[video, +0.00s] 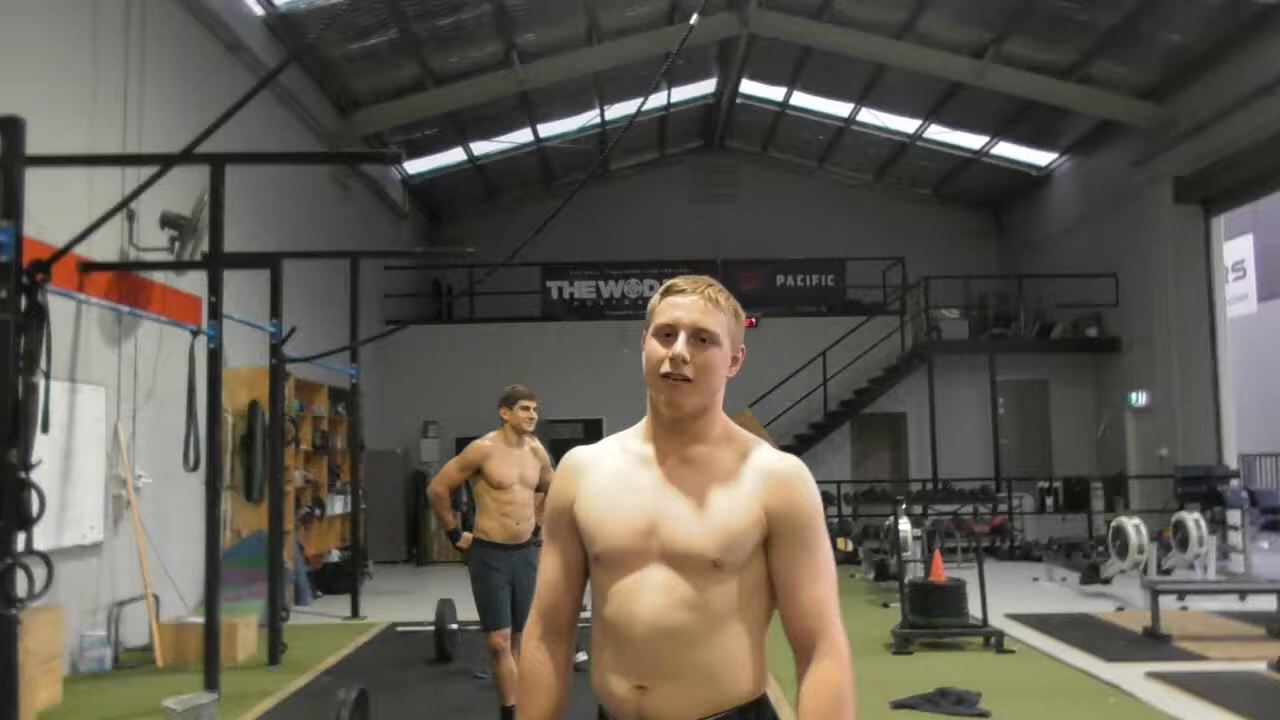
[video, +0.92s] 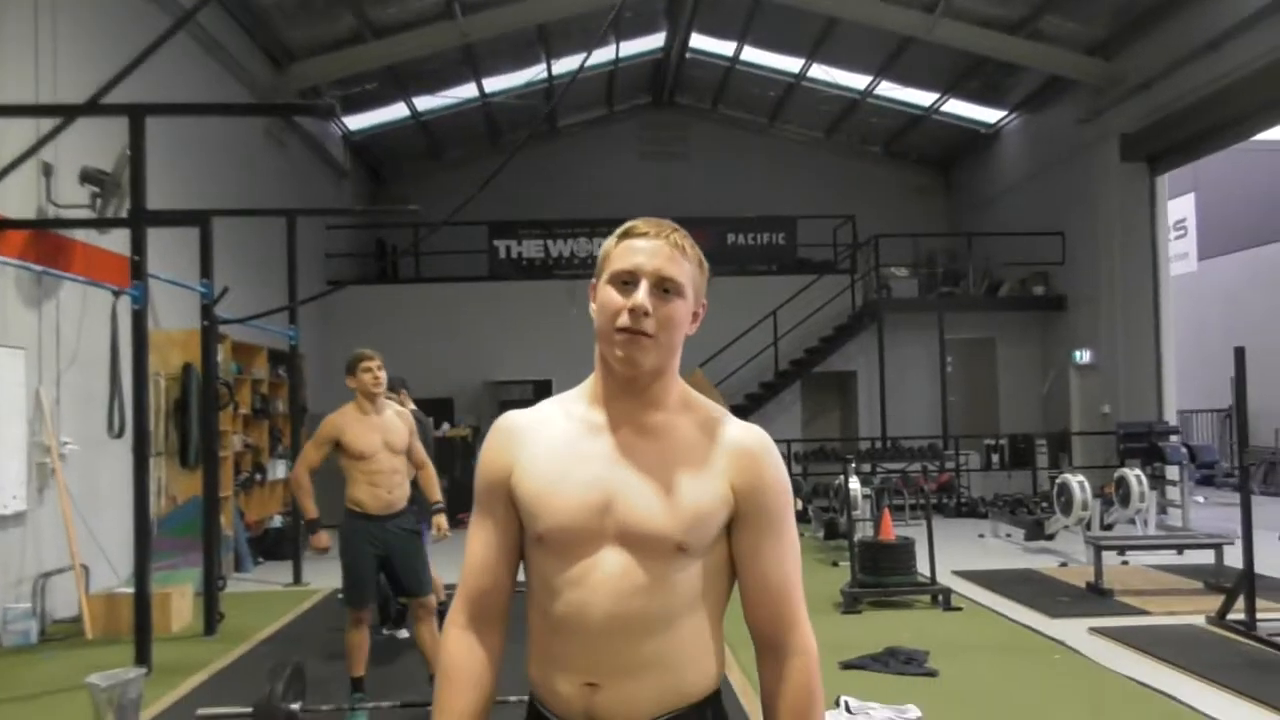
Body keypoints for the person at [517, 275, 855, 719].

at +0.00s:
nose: (678, 353)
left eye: (702, 339)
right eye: (666, 335)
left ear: (734, 361)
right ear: (644, 345)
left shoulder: (779, 480)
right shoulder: (582, 471)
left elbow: (821, 650)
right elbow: (547, 638)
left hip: (736, 710)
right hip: (616, 712)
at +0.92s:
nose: (639, 303)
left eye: (665, 290)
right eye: (623, 283)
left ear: (695, 317)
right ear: (593, 298)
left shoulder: (743, 454)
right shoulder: (516, 440)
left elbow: (785, 650)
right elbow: (473, 625)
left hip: (692, 710)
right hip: (551, 712)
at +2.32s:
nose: (495, 293)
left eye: (526, 271)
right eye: (472, 271)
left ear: (574, 299)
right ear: (447, 298)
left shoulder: (656, 467)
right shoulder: (384, 471)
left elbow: (706, 703)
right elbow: (340, 699)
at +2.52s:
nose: (535, 299)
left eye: (568, 279)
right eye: (516, 273)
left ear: (612, 310)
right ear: (484, 293)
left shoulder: (684, 473)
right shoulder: (406, 470)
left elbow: (735, 704)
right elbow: (360, 697)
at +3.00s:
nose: (624, 303)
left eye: (658, 288)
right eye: (604, 275)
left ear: (694, 323)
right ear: (564, 292)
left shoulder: (761, 497)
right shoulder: (463, 474)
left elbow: (818, 713)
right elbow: (405, 705)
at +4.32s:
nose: (570, 346)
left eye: (606, 326)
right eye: (551, 318)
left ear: (650, 355)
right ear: (518, 333)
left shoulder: (720, 533)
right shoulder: (429, 523)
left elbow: (767, 711)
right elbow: (385, 713)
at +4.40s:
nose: (573, 351)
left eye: (608, 331)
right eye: (554, 323)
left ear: (650, 360)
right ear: (519, 337)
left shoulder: (720, 535)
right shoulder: (427, 526)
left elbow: (765, 710)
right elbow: (387, 713)